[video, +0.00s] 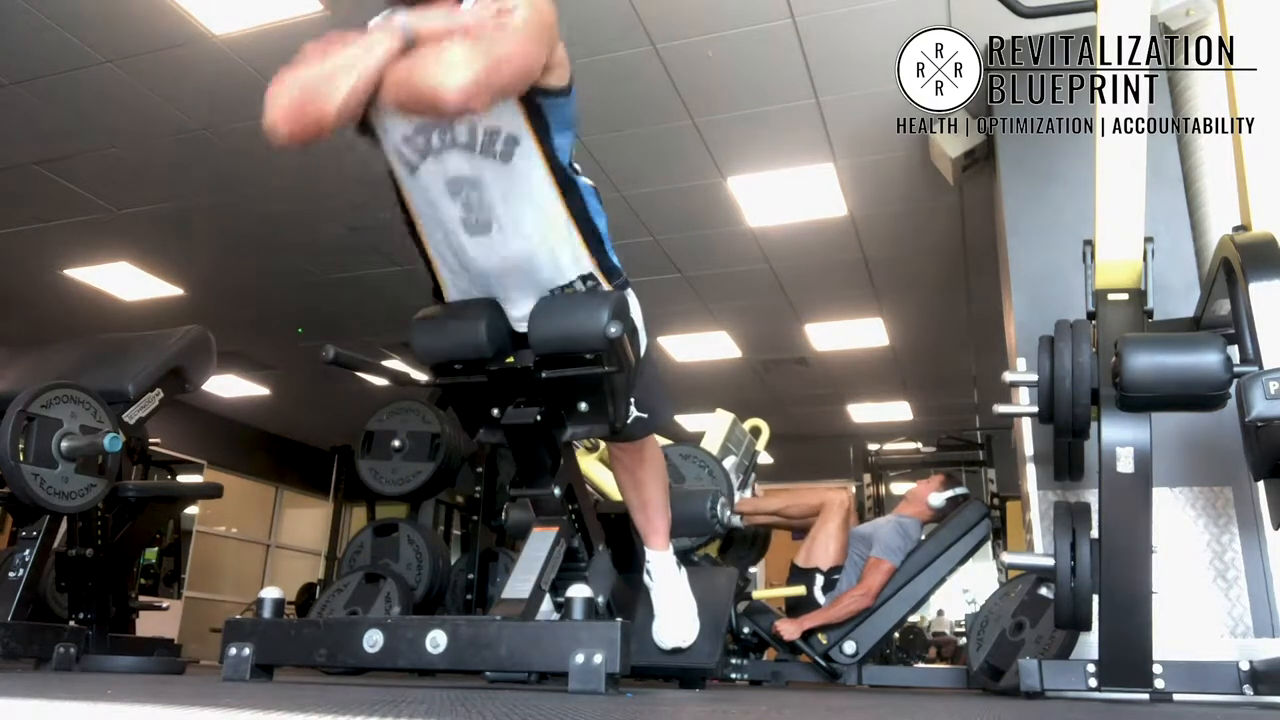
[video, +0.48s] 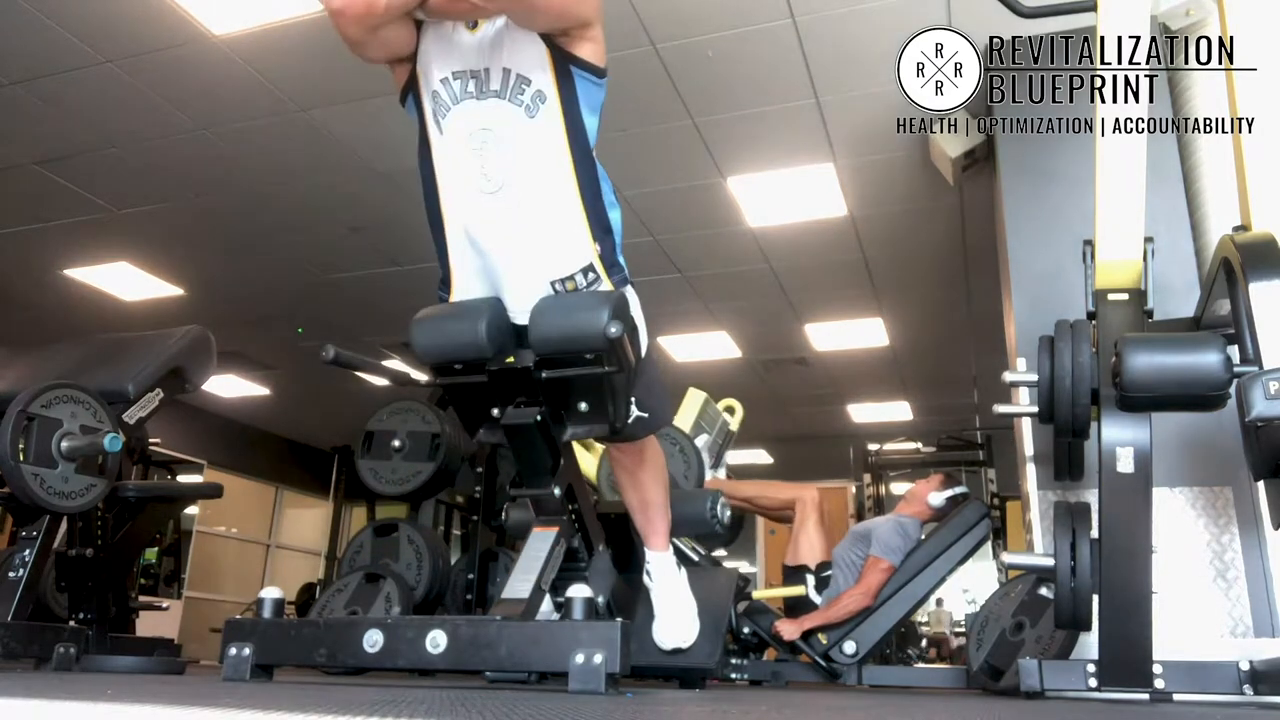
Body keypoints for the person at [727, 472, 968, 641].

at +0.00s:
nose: (920, 480)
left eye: (930, 480)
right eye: (929, 477)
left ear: (933, 499)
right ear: (935, 504)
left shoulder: (897, 529)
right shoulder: (903, 526)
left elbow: (866, 595)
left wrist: (801, 623)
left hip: (816, 604)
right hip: (823, 598)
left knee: (839, 498)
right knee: (841, 496)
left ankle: (735, 506)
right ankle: (750, 506)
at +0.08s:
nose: (920, 480)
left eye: (929, 480)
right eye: (928, 477)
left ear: (933, 499)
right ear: (935, 503)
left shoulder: (897, 529)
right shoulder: (904, 527)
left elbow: (865, 595)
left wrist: (801, 624)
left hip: (815, 604)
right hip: (823, 599)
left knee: (835, 499)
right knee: (839, 495)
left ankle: (731, 503)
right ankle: (748, 511)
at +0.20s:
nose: (919, 480)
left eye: (929, 480)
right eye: (928, 477)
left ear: (932, 498)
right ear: (934, 503)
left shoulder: (896, 529)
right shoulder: (904, 526)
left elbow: (865, 595)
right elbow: (865, 592)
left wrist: (801, 623)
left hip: (817, 607)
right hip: (824, 600)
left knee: (828, 497)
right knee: (828, 502)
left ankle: (728, 496)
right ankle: (737, 505)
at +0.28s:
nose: (920, 479)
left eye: (929, 480)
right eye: (928, 477)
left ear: (932, 499)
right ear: (934, 505)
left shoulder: (896, 529)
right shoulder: (904, 526)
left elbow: (865, 595)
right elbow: (866, 592)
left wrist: (801, 623)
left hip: (818, 607)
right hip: (827, 599)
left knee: (823, 497)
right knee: (823, 504)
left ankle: (723, 494)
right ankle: (732, 500)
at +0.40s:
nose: (921, 479)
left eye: (930, 480)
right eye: (929, 477)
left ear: (931, 498)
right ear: (936, 507)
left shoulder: (895, 529)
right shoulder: (904, 527)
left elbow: (865, 595)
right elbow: (865, 592)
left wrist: (801, 624)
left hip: (817, 606)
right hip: (824, 599)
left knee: (814, 497)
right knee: (811, 504)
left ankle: (718, 488)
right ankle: (729, 497)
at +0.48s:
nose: (920, 480)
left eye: (929, 480)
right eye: (928, 477)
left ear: (931, 498)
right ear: (934, 507)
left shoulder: (895, 528)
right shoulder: (904, 527)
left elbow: (865, 595)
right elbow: (866, 593)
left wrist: (801, 624)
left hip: (815, 604)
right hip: (821, 599)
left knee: (809, 497)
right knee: (805, 503)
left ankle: (714, 484)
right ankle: (724, 492)